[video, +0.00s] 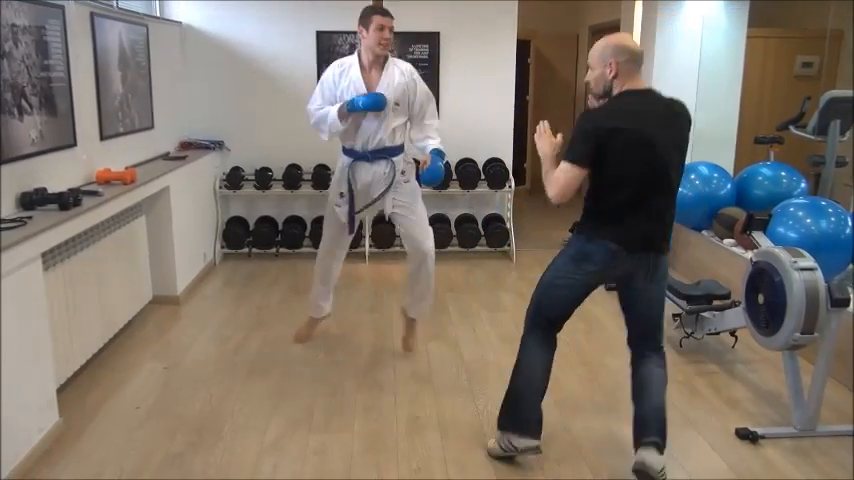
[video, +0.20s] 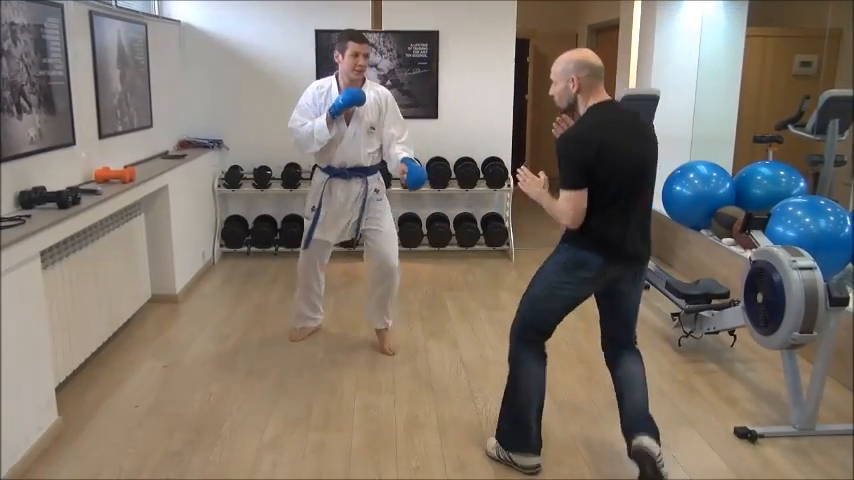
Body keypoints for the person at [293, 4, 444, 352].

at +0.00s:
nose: (387, 36)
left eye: (390, 31)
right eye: (380, 29)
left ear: (394, 36)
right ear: (361, 32)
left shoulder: (407, 75)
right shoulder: (338, 72)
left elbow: (425, 122)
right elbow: (317, 117)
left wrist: (430, 154)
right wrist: (351, 106)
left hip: (398, 170)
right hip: (351, 170)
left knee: (423, 248)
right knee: (331, 245)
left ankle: (412, 316)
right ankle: (318, 312)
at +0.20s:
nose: (361, 63)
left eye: (366, 57)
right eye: (355, 57)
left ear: (369, 61)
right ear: (338, 58)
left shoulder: (381, 96)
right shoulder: (317, 92)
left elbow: (395, 140)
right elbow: (301, 138)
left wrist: (405, 162)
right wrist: (333, 113)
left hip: (371, 185)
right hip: (330, 185)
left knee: (387, 258)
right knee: (312, 253)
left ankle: (383, 324)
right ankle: (309, 319)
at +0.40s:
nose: (360, 52)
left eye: (364, 46)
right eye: (353, 46)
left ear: (367, 50)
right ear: (335, 48)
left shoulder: (379, 84)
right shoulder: (313, 83)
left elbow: (398, 122)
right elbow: (298, 128)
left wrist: (399, 138)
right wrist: (329, 98)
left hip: (372, 178)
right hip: (329, 179)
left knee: (391, 256)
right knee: (310, 252)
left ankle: (405, 335)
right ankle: (304, 314)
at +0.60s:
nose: (366, 67)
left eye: (369, 61)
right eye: (360, 60)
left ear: (370, 65)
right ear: (340, 62)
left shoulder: (383, 100)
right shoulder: (318, 98)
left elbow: (401, 143)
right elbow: (310, 145)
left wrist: (413, 156)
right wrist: (338, 121)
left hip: (375, 190)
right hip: (333, 190)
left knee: (398, 262)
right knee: (312, 261)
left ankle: (407, 341)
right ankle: (309, 318)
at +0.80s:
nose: (374, 53)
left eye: (376, 47)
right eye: (368, 46)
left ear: (374, 51)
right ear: (348, 49)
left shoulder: (386, 88)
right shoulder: (320, 84)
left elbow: (399, 133)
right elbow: (315, 132)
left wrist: (404, 160)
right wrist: (348, 100)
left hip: (382, 175)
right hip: (336, 176)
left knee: (412, 249)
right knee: (310, 249)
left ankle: (425, 322)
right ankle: (293, 316)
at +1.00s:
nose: (374, 75)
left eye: (375, 69)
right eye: (369, 69)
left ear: (362, 71)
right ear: (348, 70)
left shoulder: (379, 107)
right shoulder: (320, 105)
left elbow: (397, 150)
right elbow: (321, 155)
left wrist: (415, 171)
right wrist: (351, 123)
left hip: (378, 191)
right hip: (336, 193)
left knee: (414, 257)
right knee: (308, 265)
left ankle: (426, 323)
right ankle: (286, 318)